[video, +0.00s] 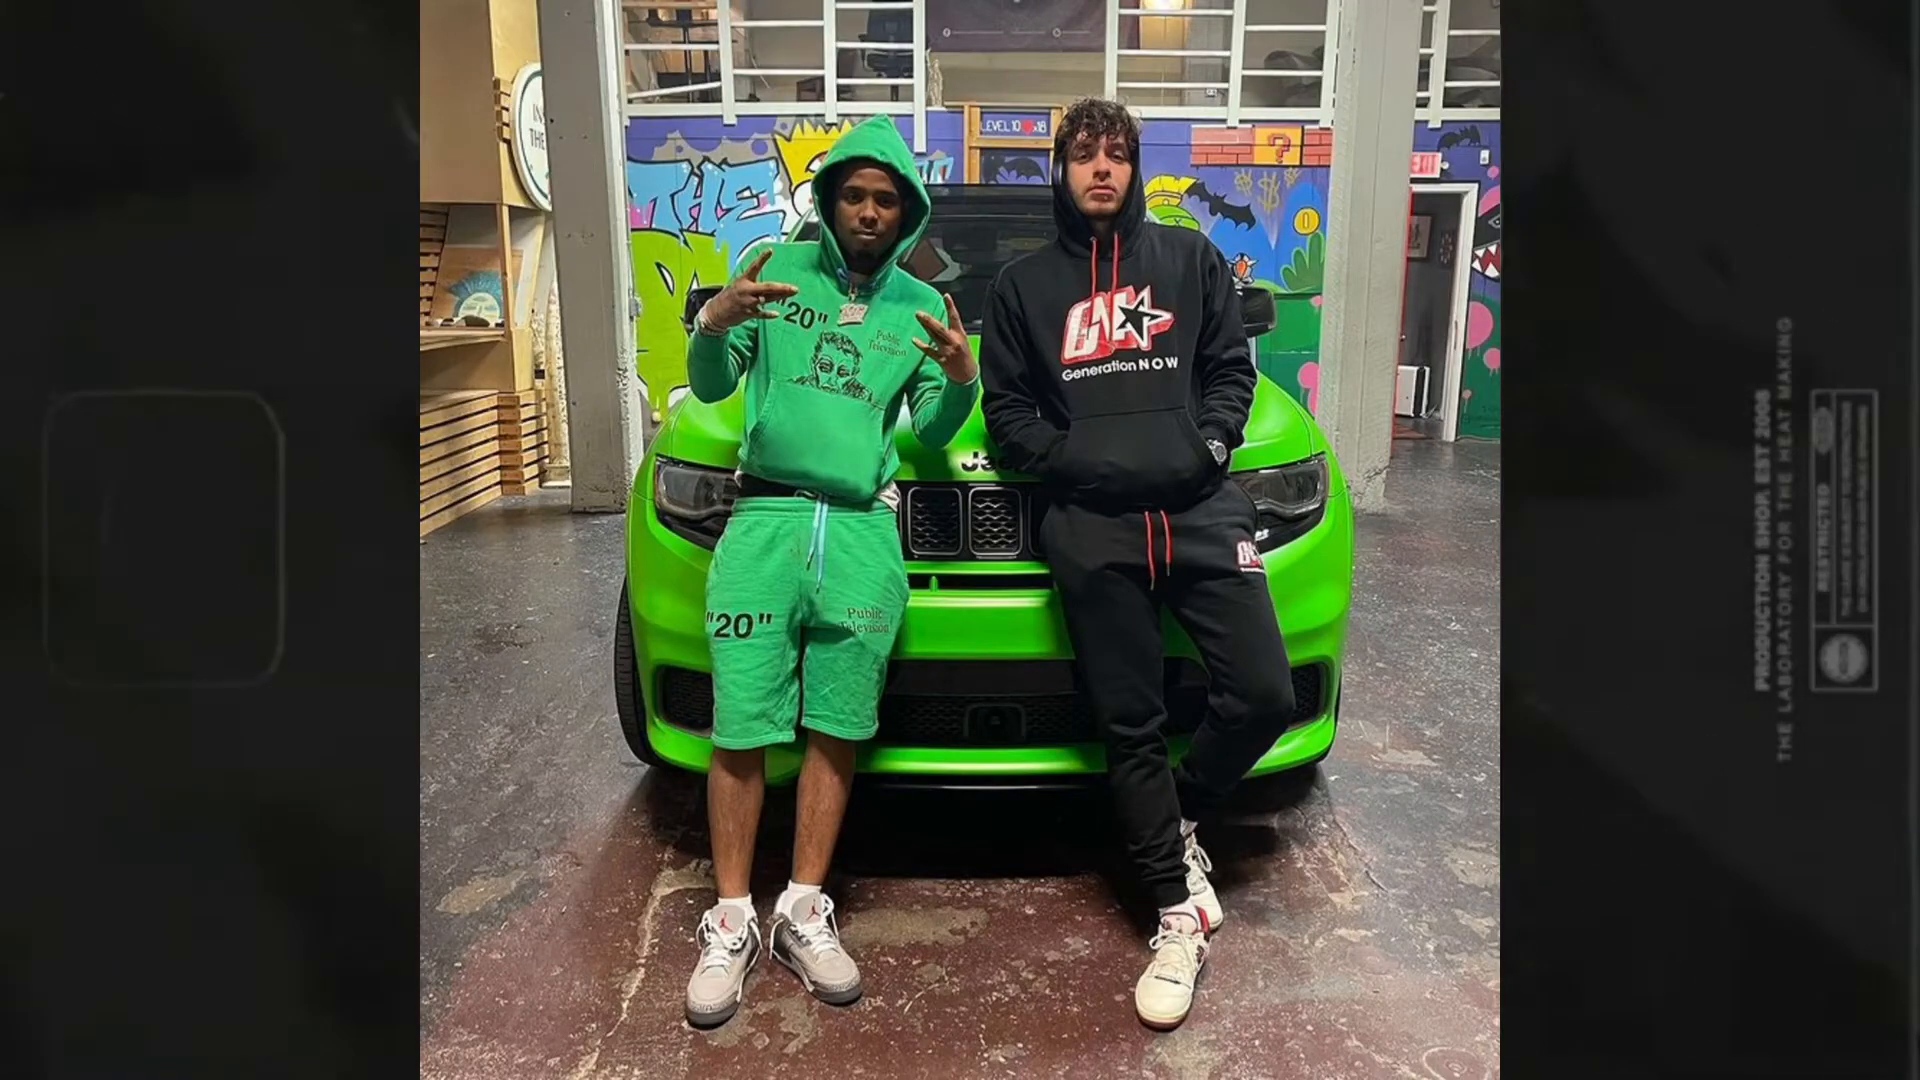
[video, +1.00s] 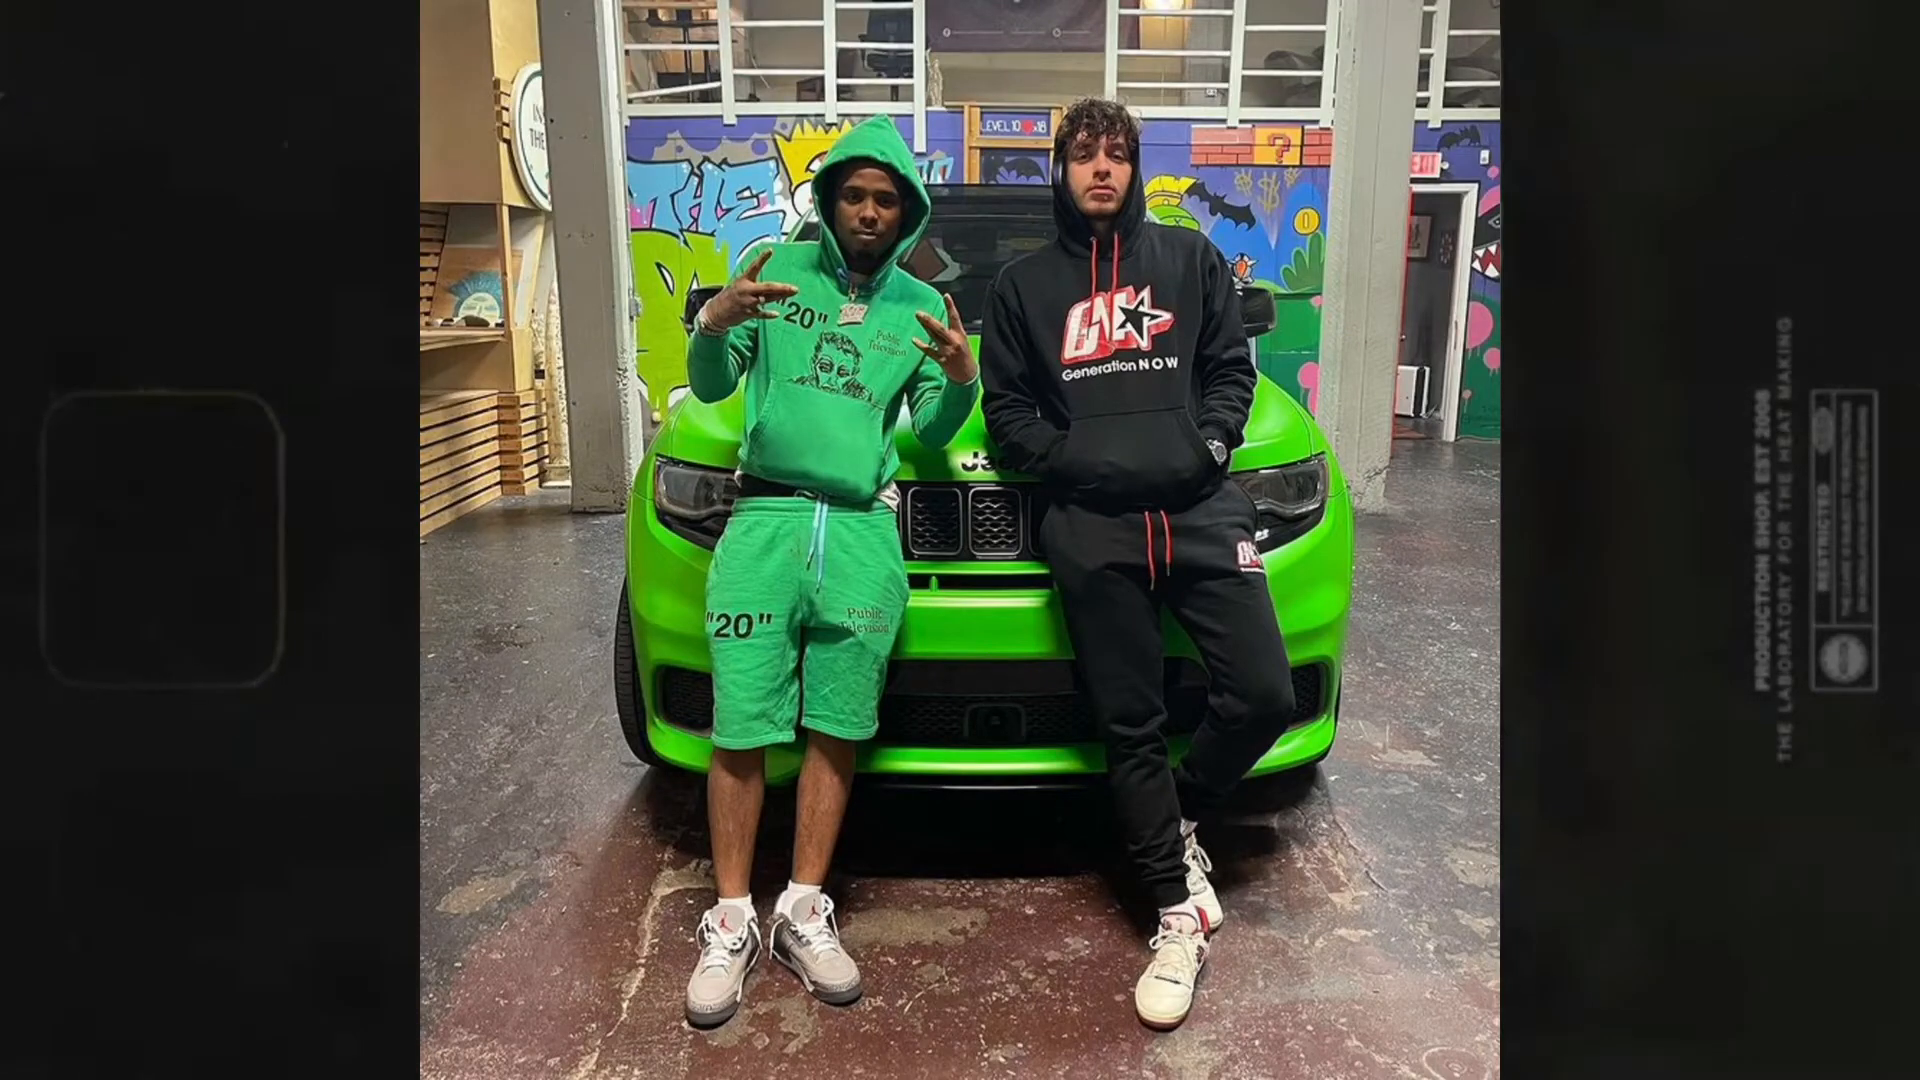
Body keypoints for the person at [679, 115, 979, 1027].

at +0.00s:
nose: (869, 213)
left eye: (885, 199)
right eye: (855, 196)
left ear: (906, 212)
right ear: (827, 202)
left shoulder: (923, 305)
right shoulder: (776, 267)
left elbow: (924, 439)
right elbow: (712, 384)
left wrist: (960, 380)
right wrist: (712, 323)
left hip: (861, 527)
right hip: (763, 517)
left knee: (838, 728)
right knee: (741, 728)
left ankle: (805, 908)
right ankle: (731, 919)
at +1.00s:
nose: (868, 212)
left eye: (884, 198)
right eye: (854, 196)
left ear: (907, 211)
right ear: (827, 202)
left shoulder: (923, 305)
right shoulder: (776, 268)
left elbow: (925, 440)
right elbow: (712, 384)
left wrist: (960, 381)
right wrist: (712, 322)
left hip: (860, 526)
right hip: (762, 517)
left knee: (839, 728)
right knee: (741, 728)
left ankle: (804, 908)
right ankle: (732, 919)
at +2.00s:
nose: (869, 213)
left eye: (885, 199)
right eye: (855, 196)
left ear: (906, 212)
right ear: (827, 202)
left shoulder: (923, 306)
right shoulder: (775, 267)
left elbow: (923, 439)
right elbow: (712, 384)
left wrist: (960, 380)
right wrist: (712, 322)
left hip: (861, 527)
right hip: (764, 516)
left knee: (838, 728)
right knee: (741, 729)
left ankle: (805, 909)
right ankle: (732, 919)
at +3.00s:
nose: (868, 212)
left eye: (885, 198)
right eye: (854, 196)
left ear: (906, 212)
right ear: (827, 203)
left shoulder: (924, 305)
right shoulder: (776, 267)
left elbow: (924, 439)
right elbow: (712, 384)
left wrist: (960, 380)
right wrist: (714, 321)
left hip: (861, 527)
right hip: (763, 517)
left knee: (838, 729)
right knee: (741, 729)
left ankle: (805, 909)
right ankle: (732, 920)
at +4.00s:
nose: (868, 212)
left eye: (885, 198)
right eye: (854, 196)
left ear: (907, 212)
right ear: (827, 202)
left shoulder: (923, 305)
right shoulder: (776, 268)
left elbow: (923, 439)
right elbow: (712, 384)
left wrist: (961, 380)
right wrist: (713, 321)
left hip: (861, 527)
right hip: (763, 517)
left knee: (838, 728)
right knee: (741, 728)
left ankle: (805, 908)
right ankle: (732, 919)